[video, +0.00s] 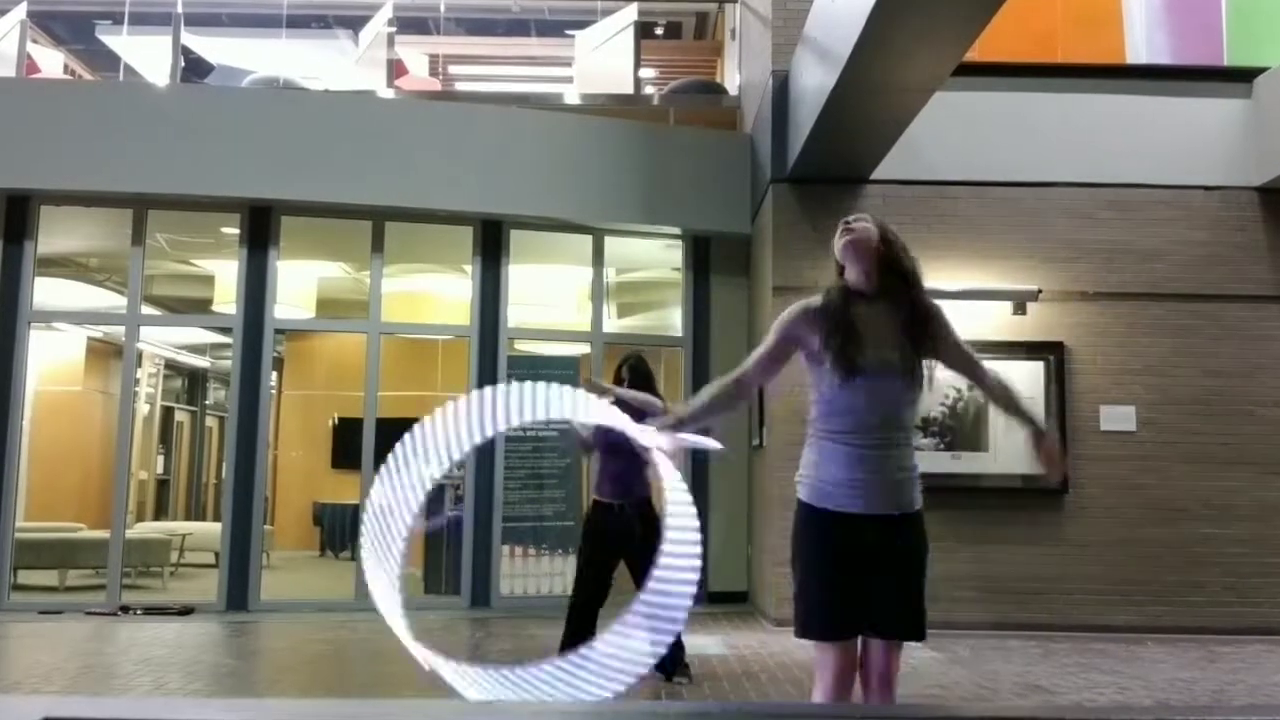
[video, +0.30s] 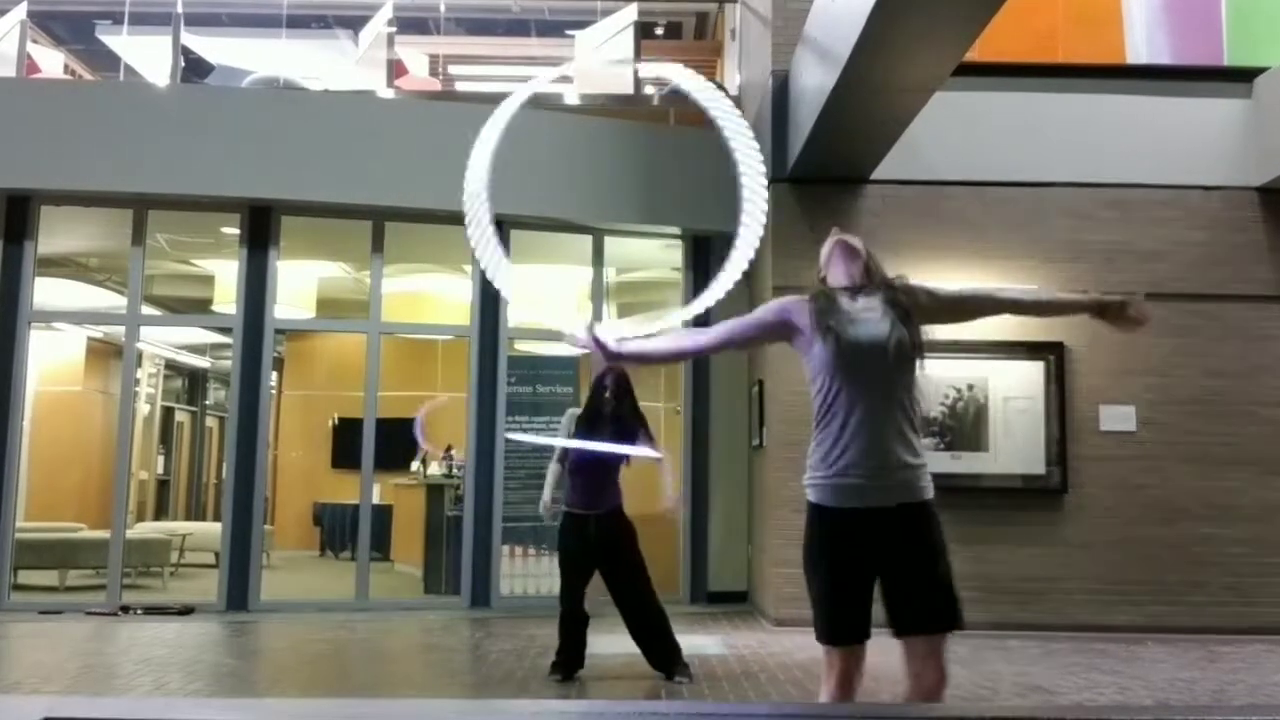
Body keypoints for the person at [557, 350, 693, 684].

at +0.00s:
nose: (624, 387)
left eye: (630, 381)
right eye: (621, 381)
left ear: (639, 383)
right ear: (615, 384)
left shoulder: (653, 413)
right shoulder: (605, 414)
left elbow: (655, 405)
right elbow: (585, 445)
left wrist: (607, 392)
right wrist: (572, 420)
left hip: (639, 511)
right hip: (602, 511)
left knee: (655, 591)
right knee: (587, 595)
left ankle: (674, 665)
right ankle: (568, 667)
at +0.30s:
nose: (609, 395)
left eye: (616, 390)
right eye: (604, 388)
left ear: (625, 394)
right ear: (594, 389)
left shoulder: (628, 425)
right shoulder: (574, 418)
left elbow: (658, 456)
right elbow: (558, 459)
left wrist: (670, 496)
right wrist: (548, 494)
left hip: (611, 520)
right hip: (574, 520)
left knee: (638, 595)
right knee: (571, 598)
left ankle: (672, 663)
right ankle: (566, 663)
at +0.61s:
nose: (596, 394)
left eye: (603, 389)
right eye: (594, 388)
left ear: (610, 397)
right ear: (586, 394)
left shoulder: (612, 427)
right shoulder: (576, 426)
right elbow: (556, 460)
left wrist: (554, 447)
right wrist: (525, 459)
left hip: (595, 523)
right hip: (562, 521)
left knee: (627, 595)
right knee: (559, 599)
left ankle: (670, 663)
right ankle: (566, 664)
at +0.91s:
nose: (593, 405)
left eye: (601, 400)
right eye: (591, 399)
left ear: (602, 410)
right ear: (583, 403)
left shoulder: (604, 434)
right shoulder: (562, 428)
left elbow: (627, 416)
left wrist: (602, 389)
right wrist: (527, 429)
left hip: (591, 526)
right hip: (556, 525)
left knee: (625, 599)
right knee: (556, 602)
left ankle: (666, 666)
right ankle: (567, 664)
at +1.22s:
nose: (628, 396)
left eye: (629, 391)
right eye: (624, 391)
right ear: (608, 393)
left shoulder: (620, 425)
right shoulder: (574, 419)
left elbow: (645, 410)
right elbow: (557, 464)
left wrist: (639, 410)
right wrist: (575, 496)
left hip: (602, 521)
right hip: (576, 520)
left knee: (625, 590)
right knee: (591, 594)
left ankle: (595, 666)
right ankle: (555, 654)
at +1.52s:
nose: (632, 390)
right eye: (630, 385)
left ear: (594, 384)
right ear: (625, 385)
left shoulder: (579, 414)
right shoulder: (624, 406)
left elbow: (575, 464)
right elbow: (627, 452)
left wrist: (582, 499)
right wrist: (650, 484)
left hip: (585, 516)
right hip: (617, 516)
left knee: (598, 592)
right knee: (637, 588)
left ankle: (594, 667)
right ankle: (634, 663)